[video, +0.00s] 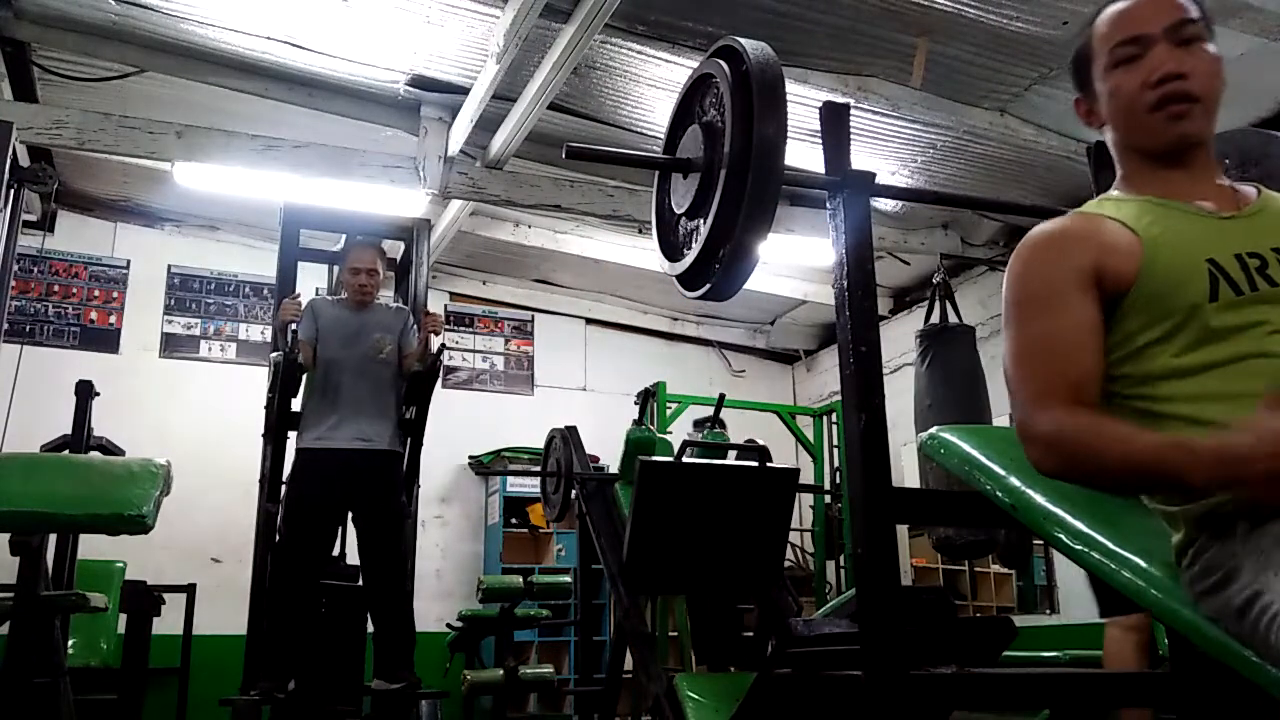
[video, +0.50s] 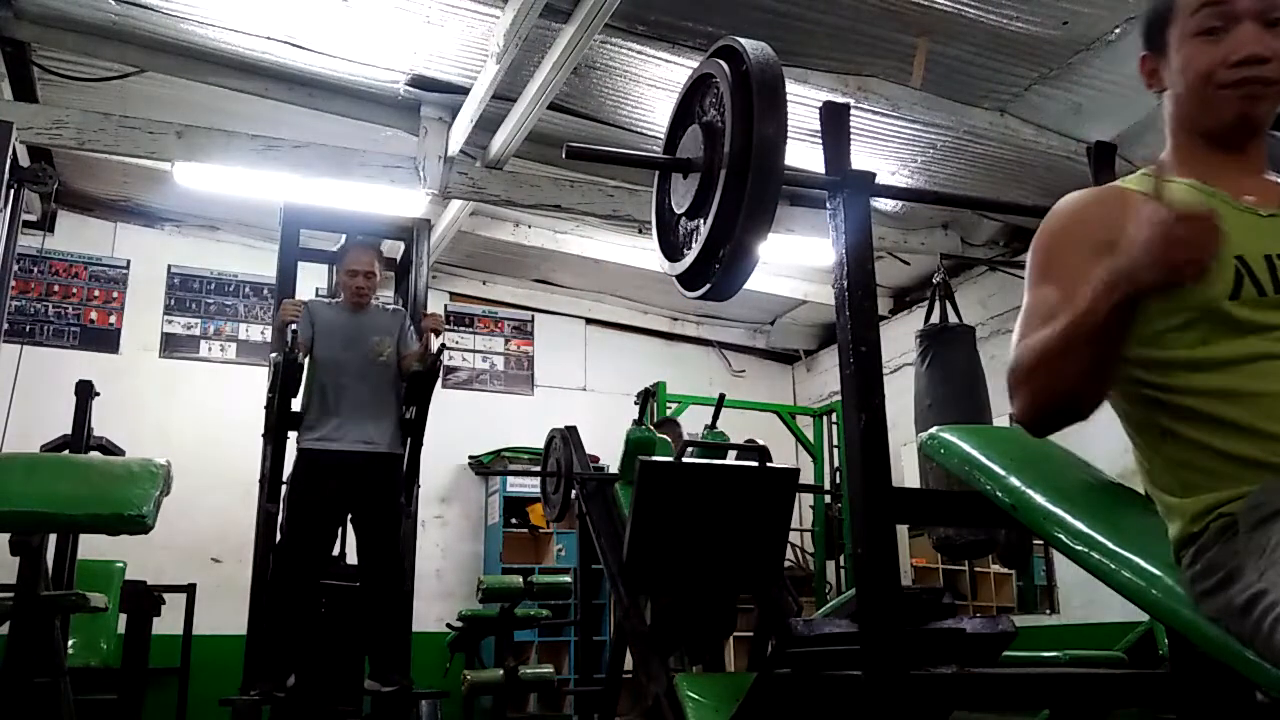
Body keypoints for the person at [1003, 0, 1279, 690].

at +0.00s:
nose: (1167, 63)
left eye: (1186, 39)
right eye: (1130, 56)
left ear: (1220, 69)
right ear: (1091, 111)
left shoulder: (1275, 211)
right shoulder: (1066, 247)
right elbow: (1050, 431)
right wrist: (1227, 456)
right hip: (1235, 530)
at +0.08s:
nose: (1182, 57)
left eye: (1203, 33)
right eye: (1143, 45)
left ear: (1232, 62)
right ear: (1102, 97)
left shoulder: (1273, 206)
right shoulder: (1069, 241)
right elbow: (1038, 423)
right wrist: (1194, 407)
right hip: (1239, 534)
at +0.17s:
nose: (1199, 55)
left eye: (1220, 30)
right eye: (1161, 41)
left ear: (1248, 59)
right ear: (1113, 90)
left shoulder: (1274, 200)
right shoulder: (1071, 236)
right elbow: (1033, 424)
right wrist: (1131, 350)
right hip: (1236, 523)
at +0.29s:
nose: (1219, 52)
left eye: (1240, 26)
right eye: (1179, 35)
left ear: (1266, 51)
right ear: (1127, 81)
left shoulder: (1279, 199)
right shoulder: (1075, 228)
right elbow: (1024, 414)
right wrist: (1097, 274)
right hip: (1241, 522)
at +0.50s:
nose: (1254, 48)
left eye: (1270, 25)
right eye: (1214, 30)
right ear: (1154, 70)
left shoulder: (1276, 194)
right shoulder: (1092, 219)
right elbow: (1034, 407)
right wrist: (1121, 278)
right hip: (1241, 524)